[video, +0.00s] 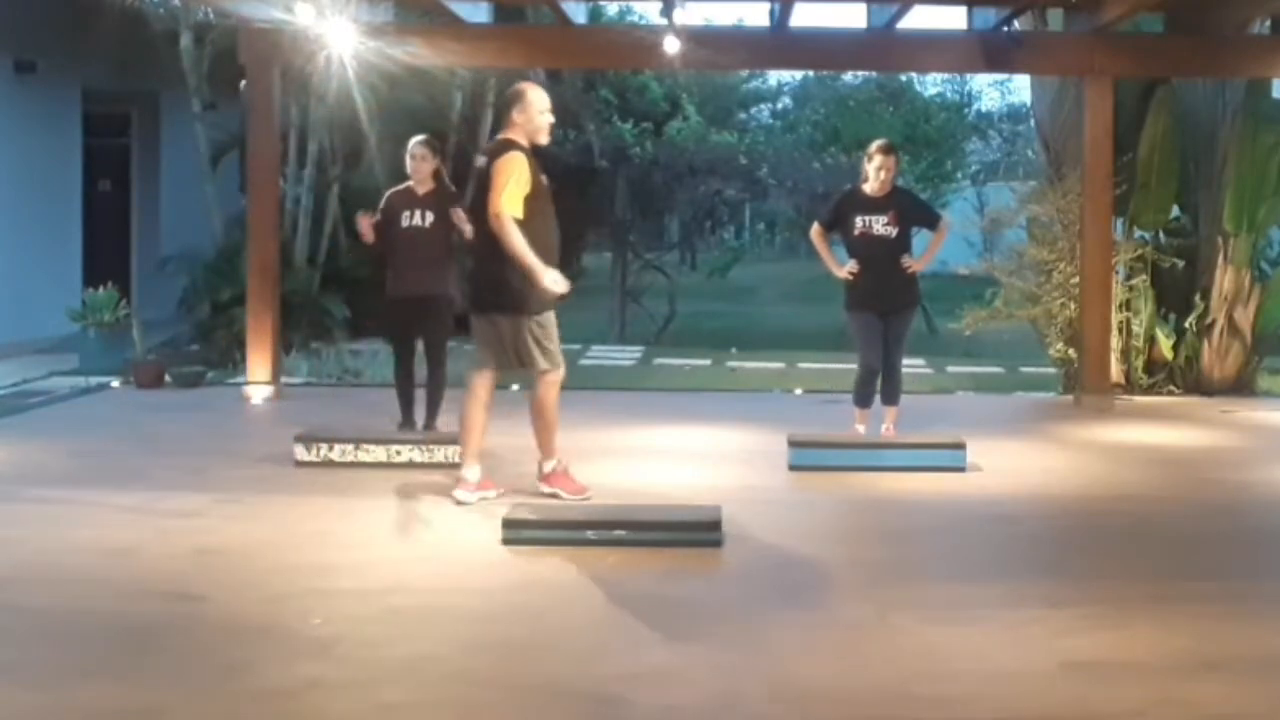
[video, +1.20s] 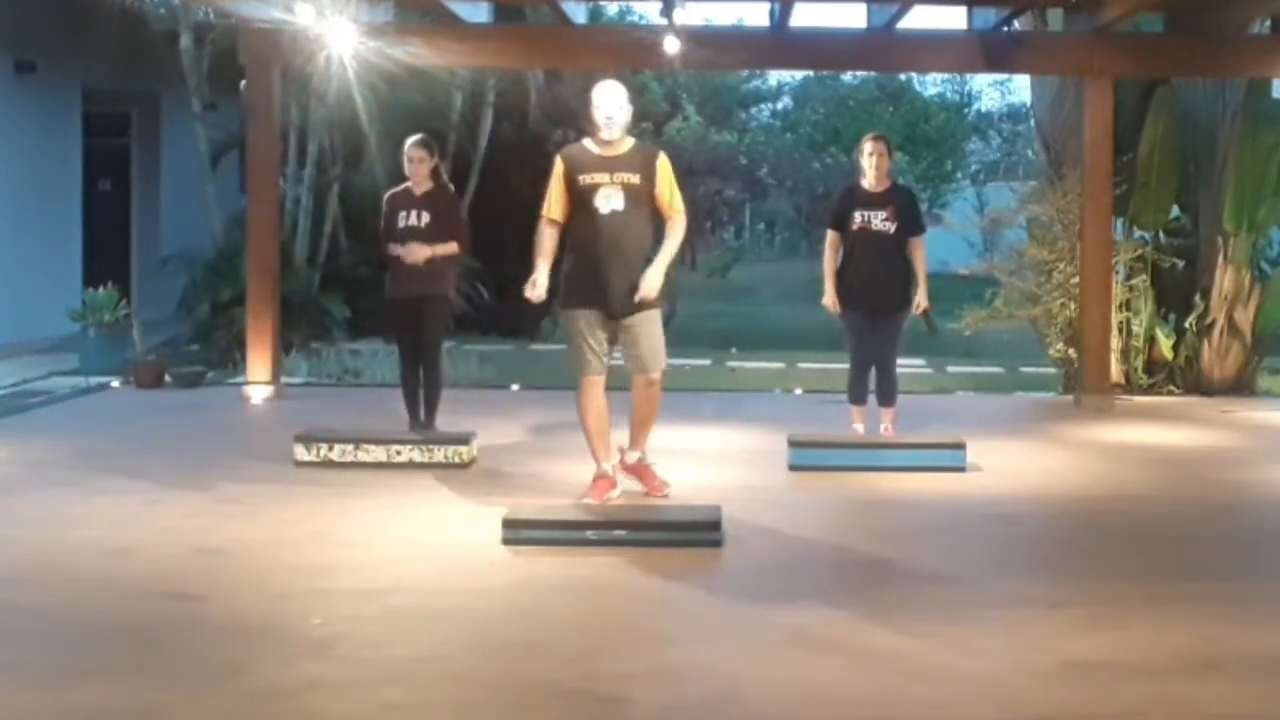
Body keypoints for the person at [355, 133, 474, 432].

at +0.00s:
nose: (415, 163)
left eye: (422, 158)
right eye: (411, 157)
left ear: (436, 162)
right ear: (405, 160)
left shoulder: (448, 197)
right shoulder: (393, 197)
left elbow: (469, 240)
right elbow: (380, 241)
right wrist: (368, 230)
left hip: (437, 291)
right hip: (401, 291)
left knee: (436, 358)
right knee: (403, 358)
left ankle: (430, 420)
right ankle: (407, 418)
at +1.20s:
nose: (412, 167)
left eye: (419, 161)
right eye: (408, 160)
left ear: (433, 162)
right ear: (403, 162)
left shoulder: (447, 197)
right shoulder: (392, 198)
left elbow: (460, 243)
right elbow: (385, 243)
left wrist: (429, 250)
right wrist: (403, 251)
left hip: (434, 291)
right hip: (402, 291)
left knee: (431, 356)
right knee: (408, 357)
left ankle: (430, 418)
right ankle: (414, 418)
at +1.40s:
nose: (413, 169)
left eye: (419, 163)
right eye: (409, 163)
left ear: (433, 165)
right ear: (403, 165)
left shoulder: (447, 200)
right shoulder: (391, 201)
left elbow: (457, 245)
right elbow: (387, 248)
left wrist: (442, 279)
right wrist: (389, 286)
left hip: (435, 290)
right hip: (403, 290)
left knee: (436, 358)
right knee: (409, 359)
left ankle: (431, 417)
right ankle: (414, 417)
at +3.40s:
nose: (418, 162)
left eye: (425, 157)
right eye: (414, 156)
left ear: (438, 164)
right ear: (408, 162)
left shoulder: (449, 201)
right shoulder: (399, 199)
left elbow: (455, 250)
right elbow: (393, 247)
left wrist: (455, 292)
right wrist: (382, 284)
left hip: (436, 292)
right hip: (402, 292)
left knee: (440, 358)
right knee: (400, 356)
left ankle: (436, 417)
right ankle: (412, 413)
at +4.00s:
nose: (408, 160)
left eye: (414, 155)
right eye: (404, 154)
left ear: (428, 161)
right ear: (398, 160)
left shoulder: (442, 199)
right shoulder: (387, 199)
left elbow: (452, 249)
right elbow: (380, 248)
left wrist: (457, 290)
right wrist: (370, 285)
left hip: (430, 293)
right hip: (395, 293)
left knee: (422, 354)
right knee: (401, 358)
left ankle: (428, 418)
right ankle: (407, 421)